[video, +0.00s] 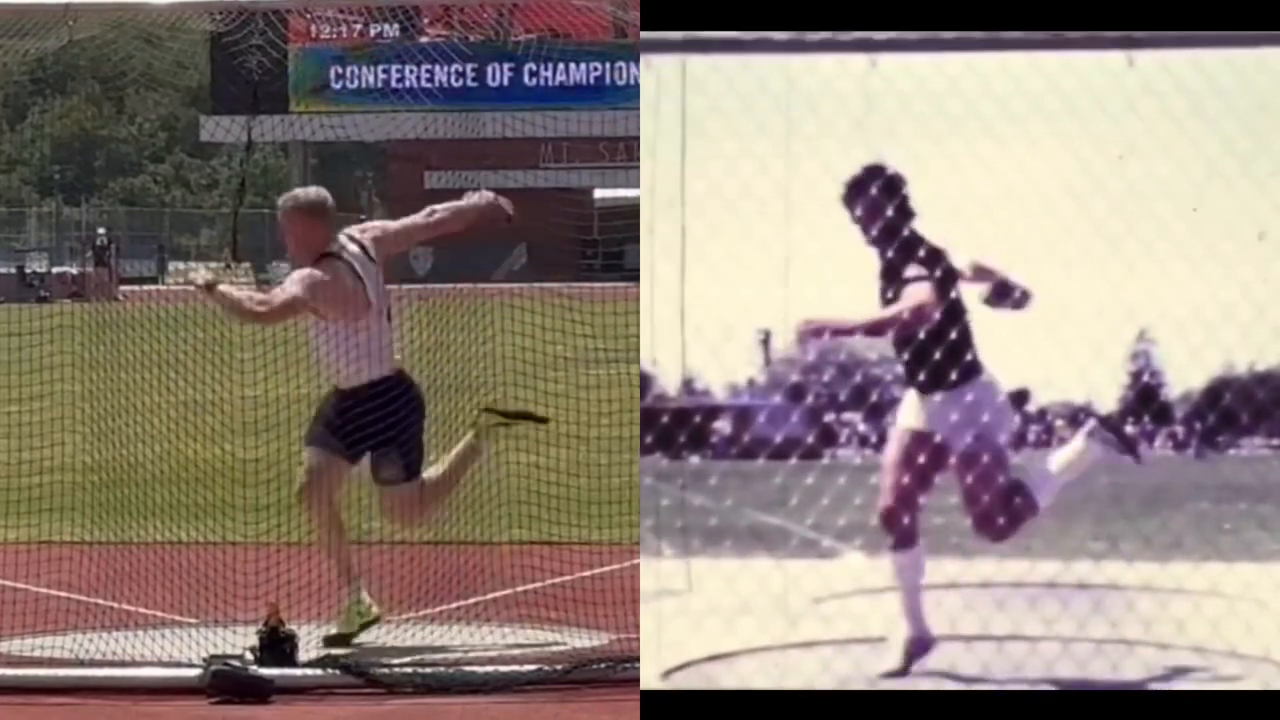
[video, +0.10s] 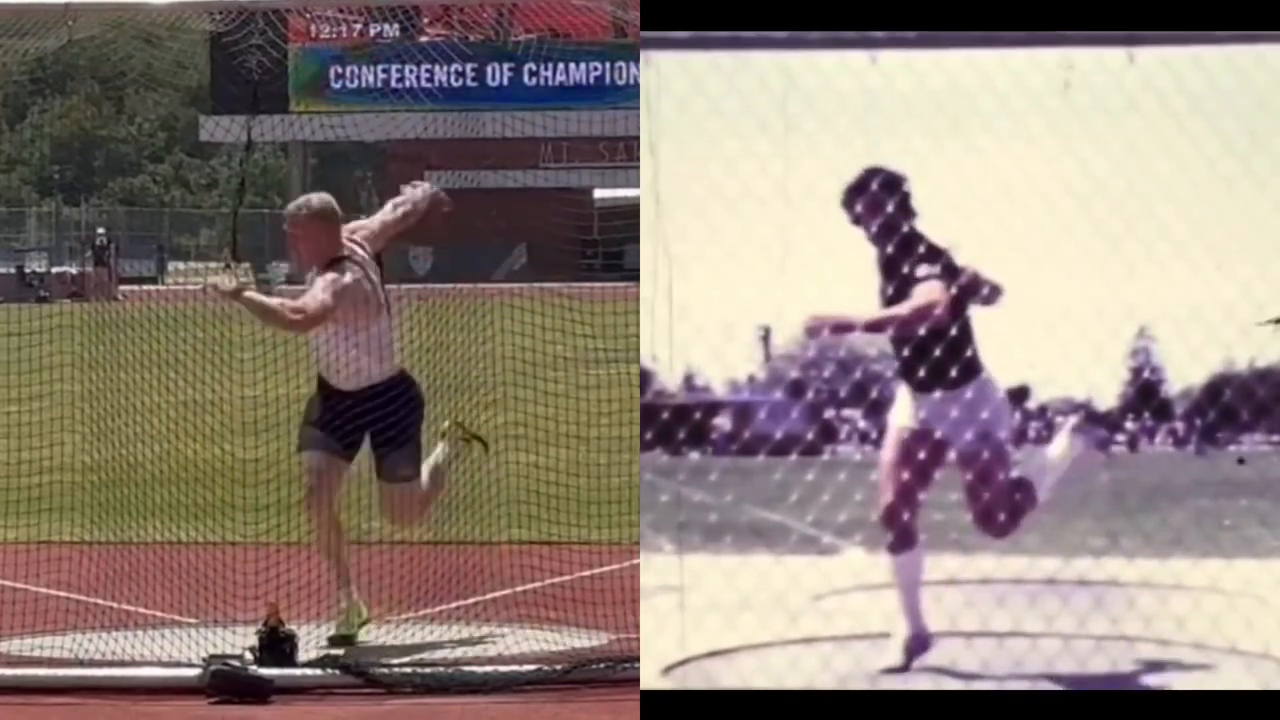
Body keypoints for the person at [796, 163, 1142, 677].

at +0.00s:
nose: (863, 226)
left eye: (869, 214)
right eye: (857, 217)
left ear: (893, 207)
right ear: (860, 218)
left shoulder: (916, 256)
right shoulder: (900, 256)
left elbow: (919, 310)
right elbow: (968, 270)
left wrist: (841, 329)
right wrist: (1006, 284)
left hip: (969, 401)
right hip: (924, 402)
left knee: (996, 522)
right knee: (895, 513)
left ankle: (1089, 445)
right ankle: (916, 632)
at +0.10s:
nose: (865, 228)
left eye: (869, 215)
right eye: (859, 219)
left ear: (895, 205)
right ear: (864, 220)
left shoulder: (924, 255)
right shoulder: (895, 257)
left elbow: (933, 304)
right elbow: (978, 287)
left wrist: (854, 324)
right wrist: (973, 292)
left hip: (968, 400)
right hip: (917, 401)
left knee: (997, 519)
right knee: (895, 512)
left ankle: (1065, 446)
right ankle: (914, 630)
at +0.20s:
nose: (873, 239)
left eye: (877, 226)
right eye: (867, 230)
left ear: (901, 218)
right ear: (868, 229)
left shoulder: (935, 263)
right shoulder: (876, 271)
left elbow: (959, 307)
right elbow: (900, 320)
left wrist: (883, 323)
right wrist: (867, 326)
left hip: (964, 399)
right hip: (908, 401)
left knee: (1000, 518)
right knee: (899, 522)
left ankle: (1029, 462)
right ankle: (904, 635)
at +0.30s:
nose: (895, 256)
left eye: (901, 244)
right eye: (884, 247)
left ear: (913, 239)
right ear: (869, 249)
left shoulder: (939, 275)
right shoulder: (867, 289)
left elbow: (993, 306)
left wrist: (933, 329)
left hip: (962, 410)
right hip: (904, 414)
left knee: (1000, 522)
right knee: (910, 529)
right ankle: (892, 635)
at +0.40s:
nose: (902, 251)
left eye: (907, 239)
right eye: (892, 242)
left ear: (916, 237)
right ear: (873, 246)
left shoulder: (941, 274)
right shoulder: (866, 282)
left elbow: (1009, 296)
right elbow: (838, 296)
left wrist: (967, 322)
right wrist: (822, 306)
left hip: (960, 407)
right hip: (903, 412)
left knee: (994, 512)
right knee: (916, 529)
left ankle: (946, 531)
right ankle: (886, 628)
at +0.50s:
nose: (904, 267)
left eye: (908, 255)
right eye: (895, 258)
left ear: (921, 248)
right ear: (880, 259)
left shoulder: (953, 279)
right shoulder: (868, 293)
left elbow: (1024, 278)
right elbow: (822, 303)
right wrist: (782, 305)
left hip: (957, 414)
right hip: (905, 419)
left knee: (975, 508)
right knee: (929, 528)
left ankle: (924, 567)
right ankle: (879, 628)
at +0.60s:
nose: (915, 276)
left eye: (918, 265)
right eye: (908, 268)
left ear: (928, 259)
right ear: (896, 269)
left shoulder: (961, 283)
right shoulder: (877, 307)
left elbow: (1035, 272)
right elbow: (814, 325)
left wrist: (1095, 296)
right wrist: (759, 332)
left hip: (949, 423)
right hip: (902, 425)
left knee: (955, 522)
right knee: (940, 531)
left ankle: (903, 605)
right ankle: (876, 637)